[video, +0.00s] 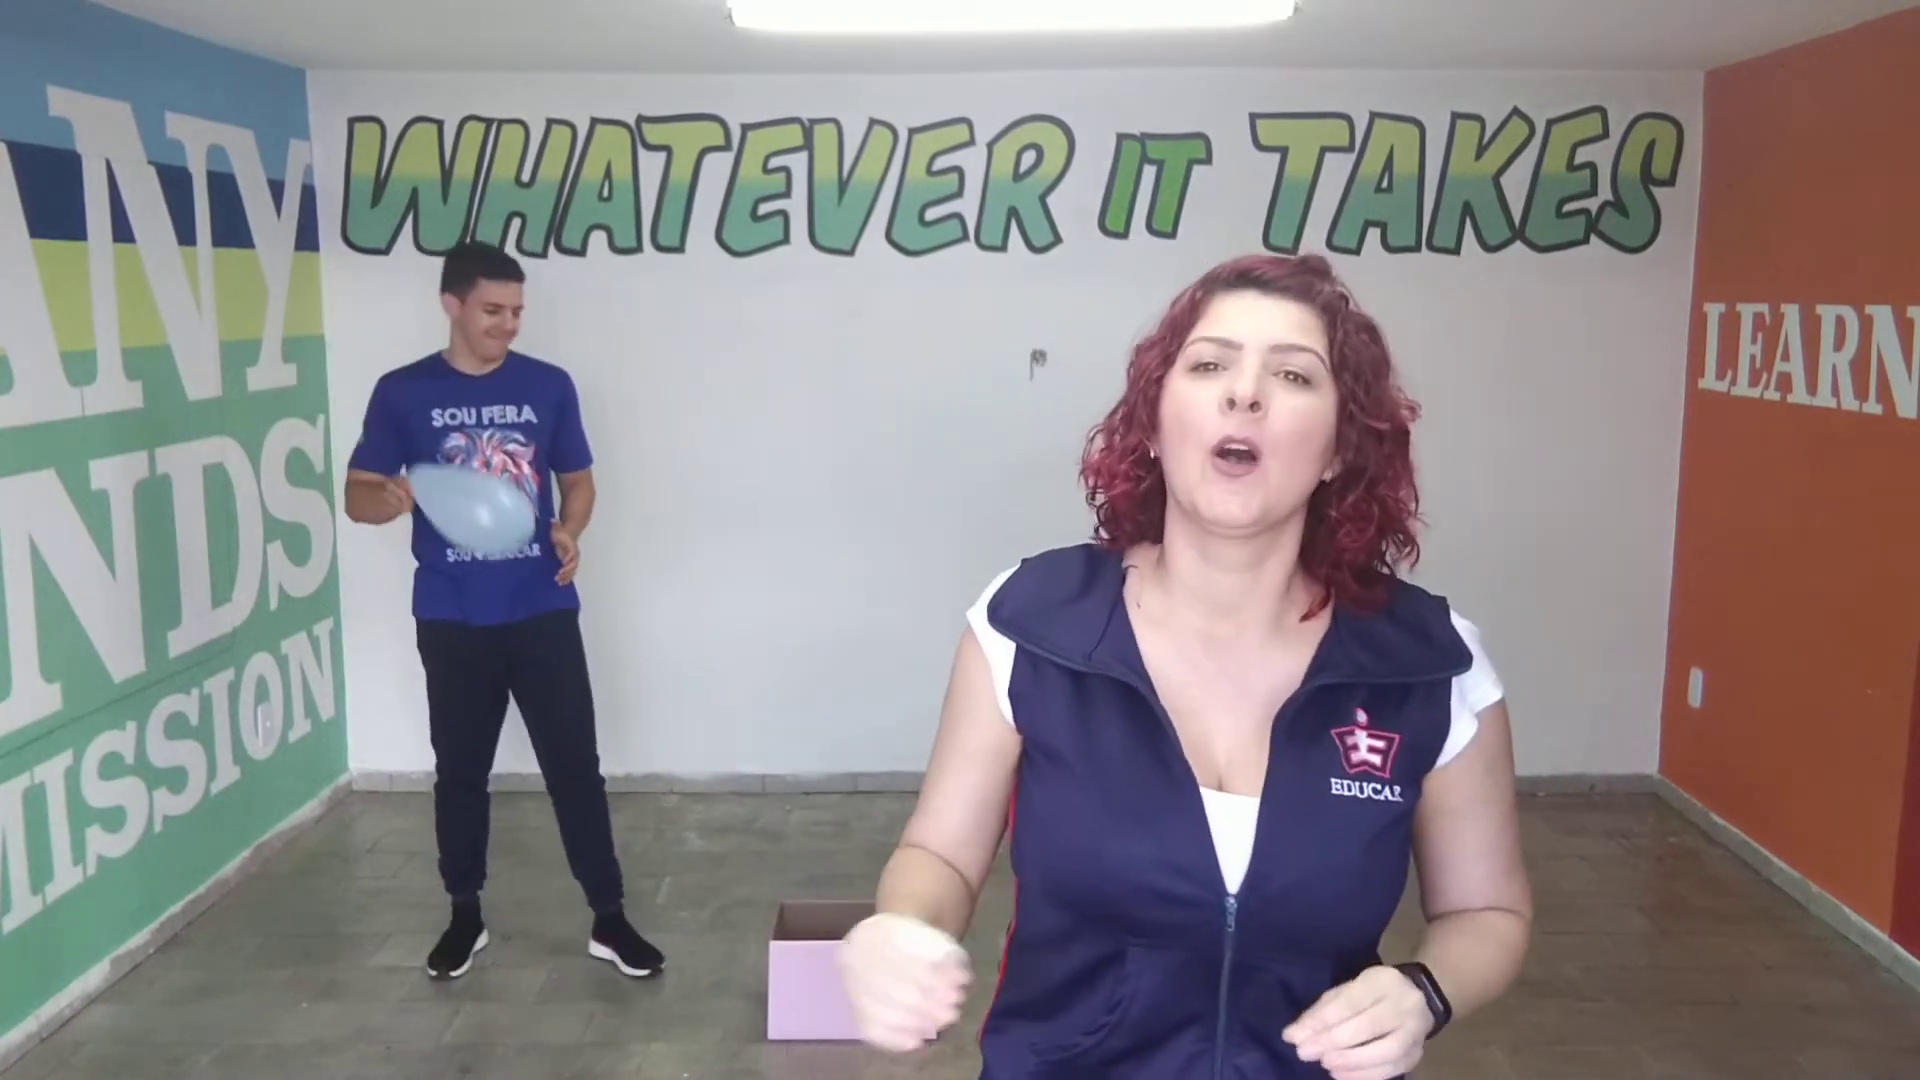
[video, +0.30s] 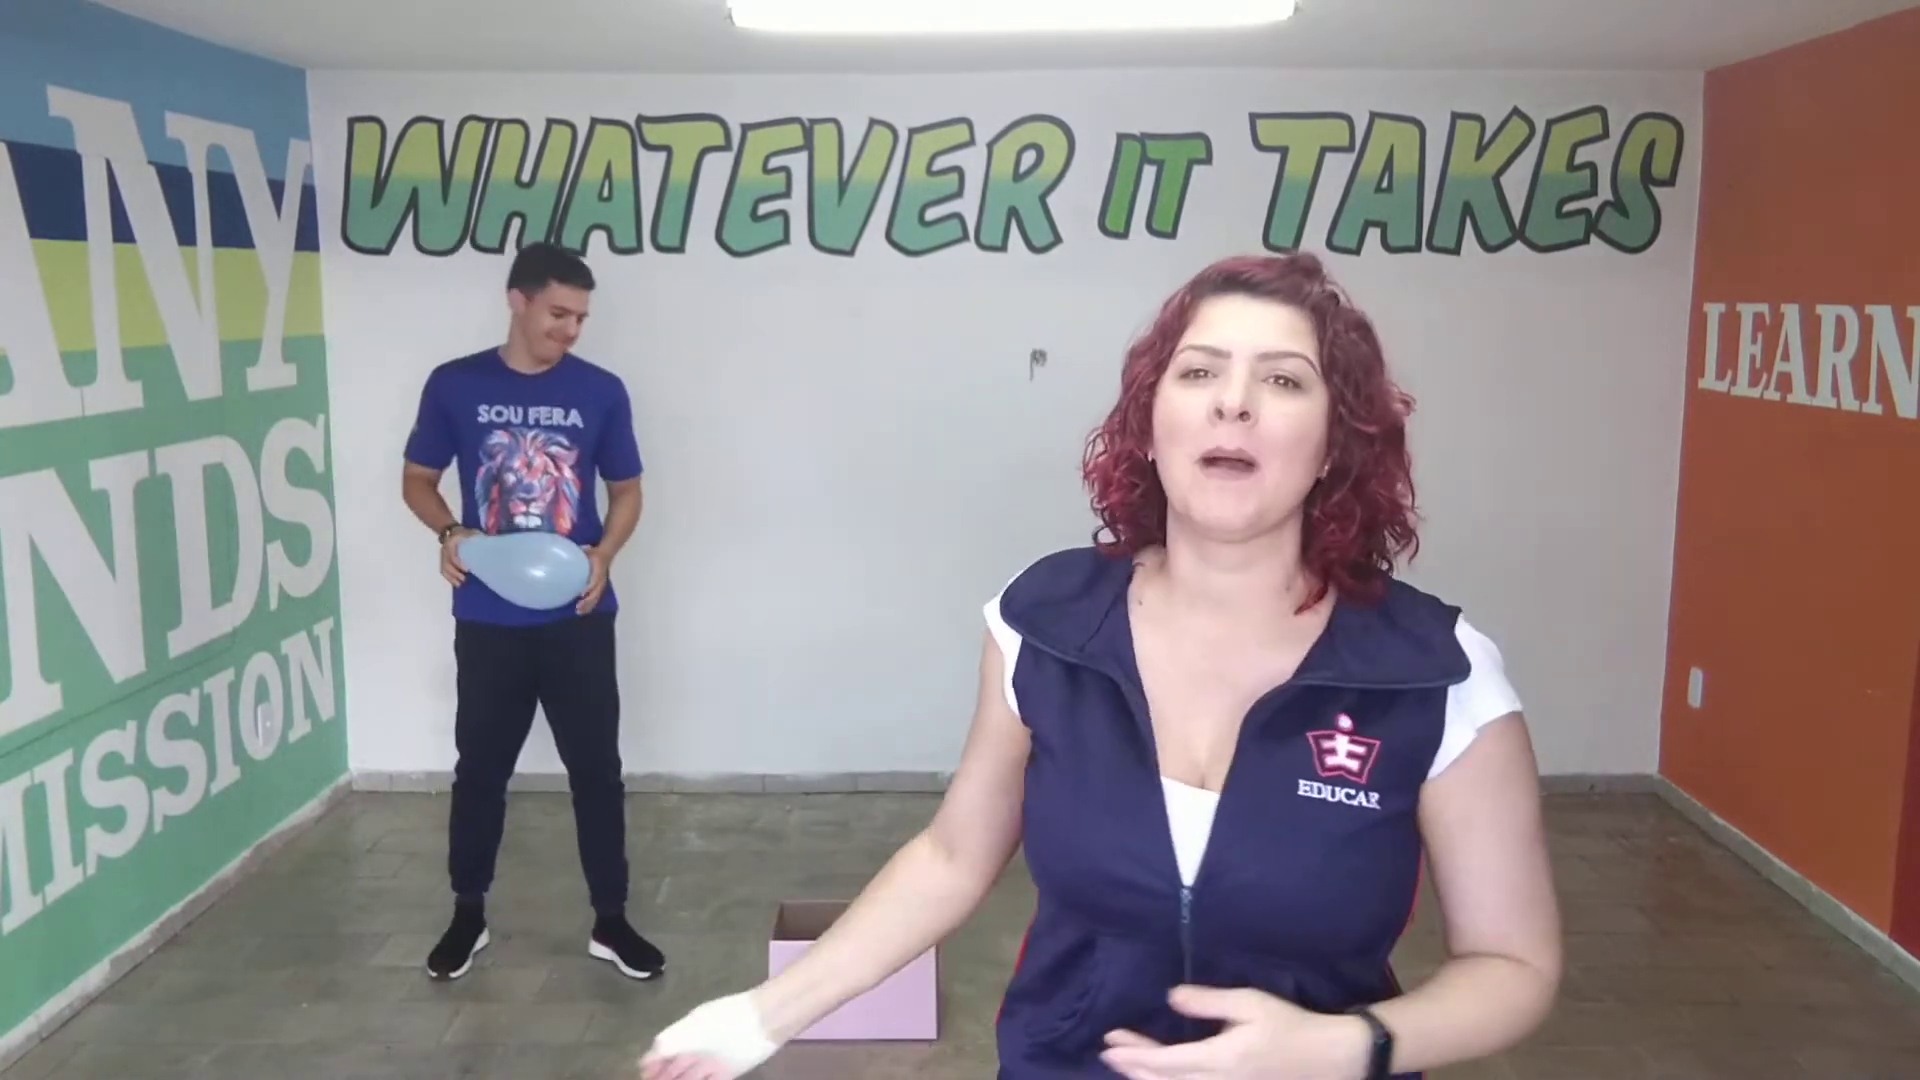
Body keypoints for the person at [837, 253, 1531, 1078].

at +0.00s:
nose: (1242, 395)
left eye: (1293, 376)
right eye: (1209, 364)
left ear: (1340, 444)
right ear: (1153, 410)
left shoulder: (1425, 659)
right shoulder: (1031, 618)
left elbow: (1483, 909)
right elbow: (940, 852)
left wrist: (1424, 994)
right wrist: (896, 940)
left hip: (1306, 1064)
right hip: (1061, 1059)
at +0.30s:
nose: (1231, 405)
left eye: (1281, 379)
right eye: (1201, 370)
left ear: (1339, 434)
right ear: (1150, 410)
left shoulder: (1435, 673)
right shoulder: (1047, 617)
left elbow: (1517, 967)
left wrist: (1357, 1046)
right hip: (1063, 1063)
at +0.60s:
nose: (1216, 414)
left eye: (1269, 388)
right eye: (1185, 378)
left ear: (1327, 436)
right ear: (1139, 411)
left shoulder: (1407, 677)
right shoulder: (1095, 607)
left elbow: (1475, 1036)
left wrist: (1192, 1030)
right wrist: (1047, 897)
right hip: (1069, 1058)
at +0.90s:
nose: (1233, 422)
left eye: (1283, 391)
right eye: (1201, 384)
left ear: (1344, 429)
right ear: (1159, 412)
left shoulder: (1427, 672)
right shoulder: (1139, 595)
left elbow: (1483, 1029)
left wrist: (1200, 991)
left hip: (1298, 1063)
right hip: (1106, 1054)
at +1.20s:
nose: (1266, 423)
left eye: (1315, 394)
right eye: (1237, 389)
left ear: (1379, 430)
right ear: (1197, 414)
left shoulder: (1470, 664)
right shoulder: (1182, 592)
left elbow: (1542, 1001)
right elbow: (1169, 807)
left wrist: (1264, 971)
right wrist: (1057, 926)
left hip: (1384, 1059)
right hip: (1187, 1056)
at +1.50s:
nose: (1333, 430)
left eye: (1380, 407)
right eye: (1304, 393)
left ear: (1429, 450)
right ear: (1253, 421)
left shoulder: (1516, 665)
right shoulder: (1223, 598)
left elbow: (1601, 967)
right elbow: (1222, 821)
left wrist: (1349, 973)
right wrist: (1126, 968)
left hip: (1434, 1060)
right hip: (1237, 1051)